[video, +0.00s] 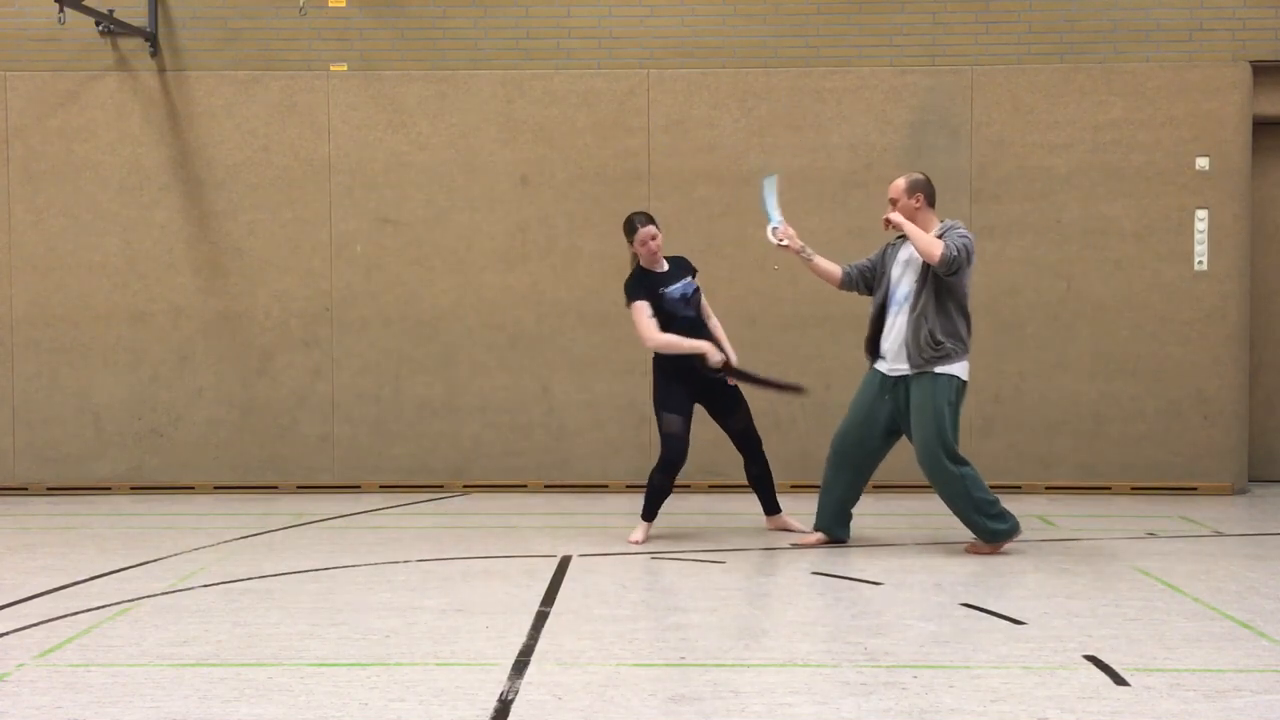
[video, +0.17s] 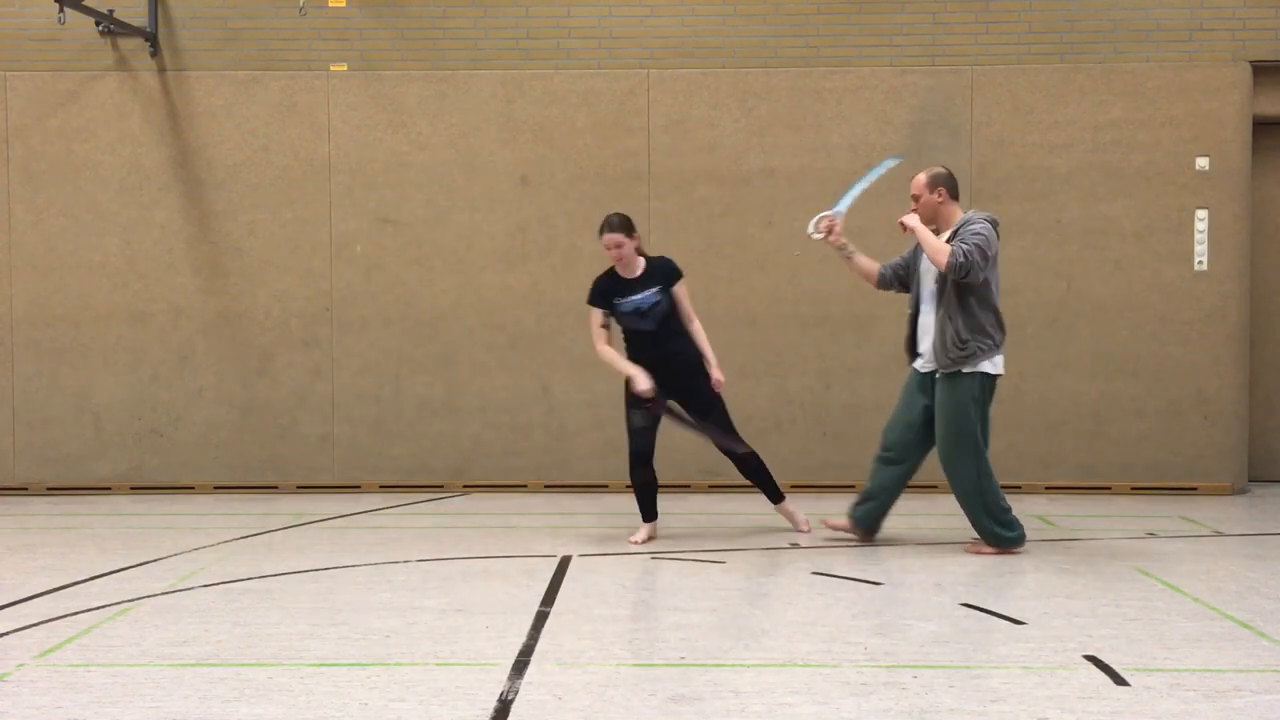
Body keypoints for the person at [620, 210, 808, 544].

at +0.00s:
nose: (653, 246)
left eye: (655, 237)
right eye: (644, 242)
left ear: (661, 235)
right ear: (632, 247)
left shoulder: (682, 266)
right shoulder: (637, 284)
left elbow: (707, 315)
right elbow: (651, 339)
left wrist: (728, 353)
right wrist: (704, 347)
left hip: (709, 367)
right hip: (673, 375)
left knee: (750, 442)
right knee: (674, 455)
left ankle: (774, 516)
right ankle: (644, 525)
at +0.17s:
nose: (613, 253)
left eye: (618, 246)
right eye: (608, 248)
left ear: (634, 240)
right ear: (603, 248)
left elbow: (690, 319)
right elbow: (601, 345)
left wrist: (712, 363)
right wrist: (634, 372)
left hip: (685, 367)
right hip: (643, 373)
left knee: (729, 442)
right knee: (639, 453)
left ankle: (782, 505)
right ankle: (648, 523)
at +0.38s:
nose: (566, 245)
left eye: (570, 237)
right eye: (562, 238)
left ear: (590, 231)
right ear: (562, 237)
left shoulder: (623, 261)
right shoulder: (574, 268)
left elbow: (654, 313)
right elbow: (585, 316)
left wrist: (666, 363)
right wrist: (560, 358)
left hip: (646, 360)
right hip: (612, 365)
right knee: (627, 443)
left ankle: (703, 488)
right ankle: (647, 521)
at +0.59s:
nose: (518, 239)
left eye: (522, 232)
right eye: (516, 233)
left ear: (543, 226)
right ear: (533, 229)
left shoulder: (575, 256)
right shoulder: (537, 260)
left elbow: (604, 311)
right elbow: (544, 314)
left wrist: (610, 365)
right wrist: (500, 341)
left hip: (586, 367)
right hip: (570, 366)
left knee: (541, 437)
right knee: (613, 441)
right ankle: (648, 515)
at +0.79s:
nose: (468, 239)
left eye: (471, 233)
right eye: (466, 233)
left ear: (493, 227)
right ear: (485, 229)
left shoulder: (521, 261)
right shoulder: (485, 260)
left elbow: (551, 315)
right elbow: (484, 317)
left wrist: (571, 365)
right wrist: (439, 340)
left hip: (520, 367)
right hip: (507, 366)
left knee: (475, 440)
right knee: (519, 454)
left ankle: (489, 526)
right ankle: (594, 496)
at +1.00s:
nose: (424, 231)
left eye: (428, 225)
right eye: (421, 225)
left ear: (448, 218)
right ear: (428, 222)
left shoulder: (478, 251)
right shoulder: (432, 254)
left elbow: (503, 305)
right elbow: (436, 310)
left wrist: (517, 354)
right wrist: (394, 332)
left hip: (475, 363)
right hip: (445, 363)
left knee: (459, 443)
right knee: (407, 434)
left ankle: (489, 525)